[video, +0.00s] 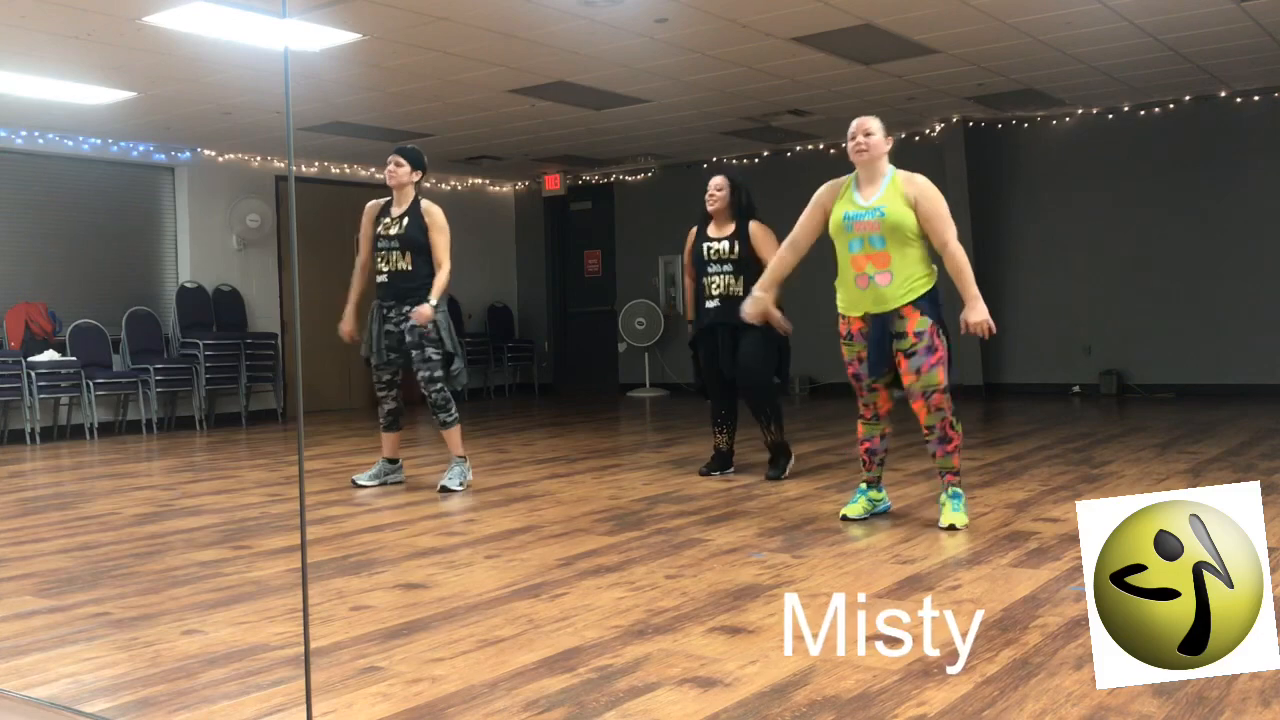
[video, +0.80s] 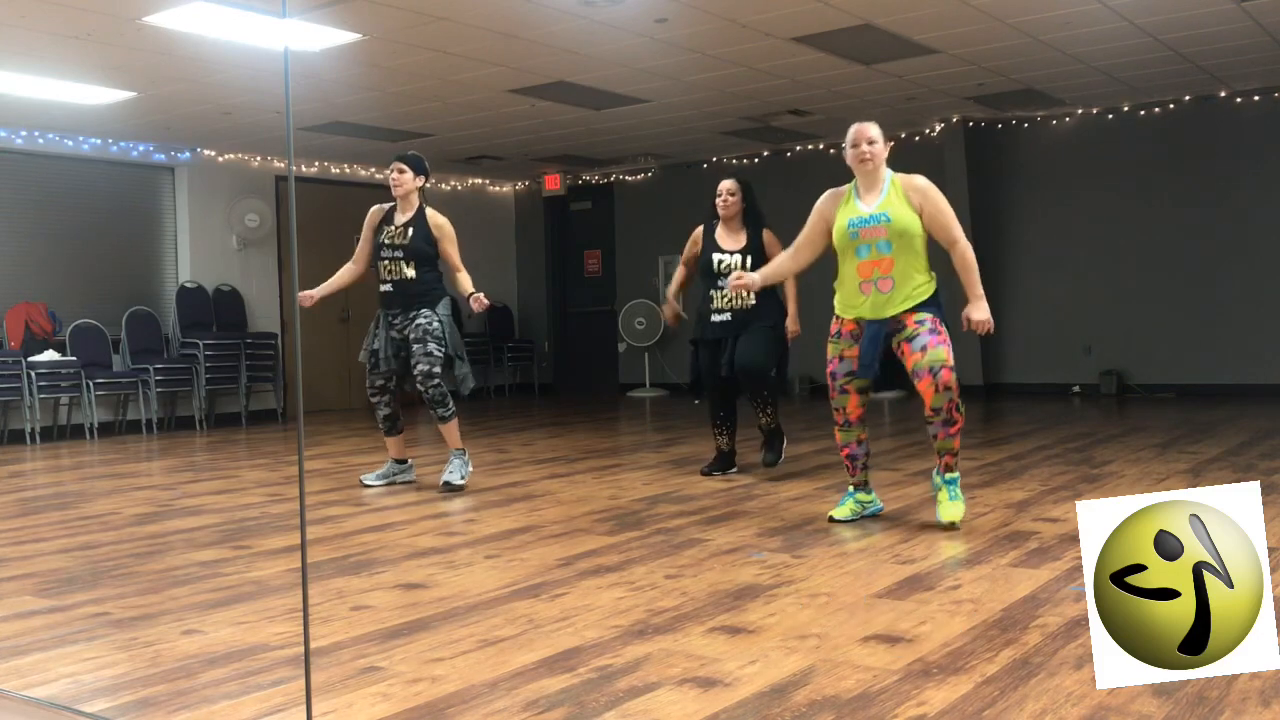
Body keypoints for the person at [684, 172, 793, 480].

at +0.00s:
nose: (710, 195)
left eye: (718, 189)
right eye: (708, 190)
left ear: (734, 195)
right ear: (705, 197)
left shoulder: (754, 231)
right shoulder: (696, 235)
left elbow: (779, 269)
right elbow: (690, 277)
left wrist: (767, 305)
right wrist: (691, 319)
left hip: (751, 327)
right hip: (712, 328)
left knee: (755, 386)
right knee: (719, 392)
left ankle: (779, 451)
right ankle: (722, 455)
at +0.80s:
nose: (723, 199)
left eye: (730, 194)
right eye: (719, 195)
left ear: (744, 200)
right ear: (714, 201)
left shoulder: (762, 237)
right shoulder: (702, 235)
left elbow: (787, 274)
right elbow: (685, 267)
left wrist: (792, 314)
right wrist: (671, 297)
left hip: (758, 327)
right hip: (716, 329)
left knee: (751, 372)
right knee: (718, 392)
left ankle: (772, 435)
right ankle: (725, 454)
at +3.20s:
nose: (732, 204)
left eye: (738, 199)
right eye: (727, 197)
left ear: (745, 204)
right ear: (716, 200)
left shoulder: (759, 234)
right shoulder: (697, 239)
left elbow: (783, 274)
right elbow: (676, 278)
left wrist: (813, 301)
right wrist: (653, 256)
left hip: (758, 328)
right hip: (714, 330)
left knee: (757, 384)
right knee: (718, 391)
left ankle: (774, 450)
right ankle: (724, 456)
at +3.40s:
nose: (730, 201)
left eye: (736, 196)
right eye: (724, 194)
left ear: (743, 200)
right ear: (714, 197)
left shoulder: (756, 232)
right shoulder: (695, 233)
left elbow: (778, 270)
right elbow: (677, 272)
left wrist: (800, 305)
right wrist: (657, 249)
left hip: (755, 327)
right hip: (711, 329)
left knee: (756, 391)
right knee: (717, 393)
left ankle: (765, 459)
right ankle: (725, 457)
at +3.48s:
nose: (730, 200)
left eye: (736, 195)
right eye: (725, 194)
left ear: (744, 200)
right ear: (714, 197)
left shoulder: (757, 234)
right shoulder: (695, 232)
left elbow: (777, 272)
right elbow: (670, 267)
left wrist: (789, 305)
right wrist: (652, 245)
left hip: (754, 328)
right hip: (711, 330)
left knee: (757, 390)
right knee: (717, 392)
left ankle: (765, 459)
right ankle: (725, 457)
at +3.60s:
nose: (730, 201)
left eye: (737, 196)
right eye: (725, 195)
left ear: (744, 202)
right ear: (714, 198)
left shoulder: (758, 232)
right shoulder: (694, 231)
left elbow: (775, 271)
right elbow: (664, 261)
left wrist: (779, 303)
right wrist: (645, 255)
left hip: (753, 328)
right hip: (709, 330)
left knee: (755, 387)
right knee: (716, 392)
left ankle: (766, 456)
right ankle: (725, 456)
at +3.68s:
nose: (731, 204)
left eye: (737, 199)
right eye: (725, 198)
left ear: (744, 204)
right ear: (715, 201)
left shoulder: (757, 235)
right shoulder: (695, 235)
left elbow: (776, 268)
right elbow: (659, 261)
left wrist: (775, 291)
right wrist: (636, 292)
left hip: (754, 328)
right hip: (710, 331)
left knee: (753, 380)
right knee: (716, 393)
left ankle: (767, 445)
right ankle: (725, 456)